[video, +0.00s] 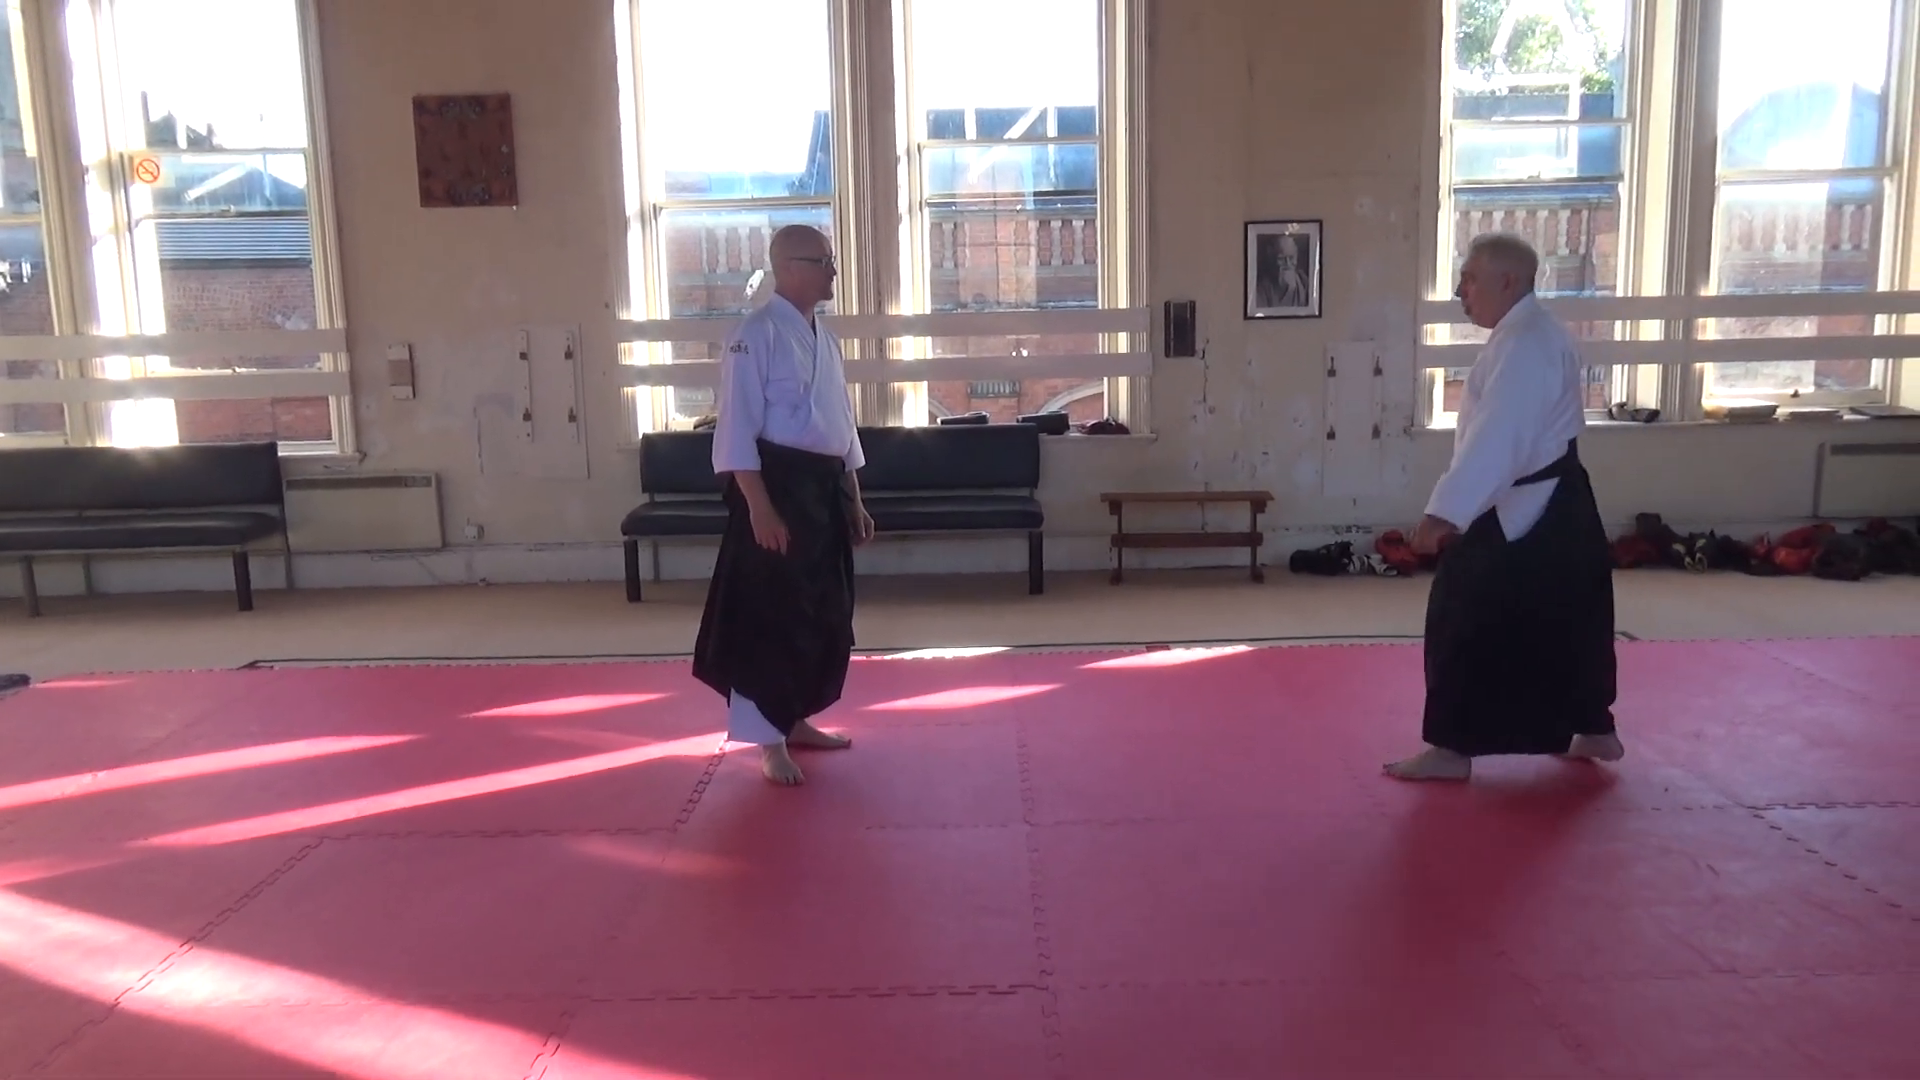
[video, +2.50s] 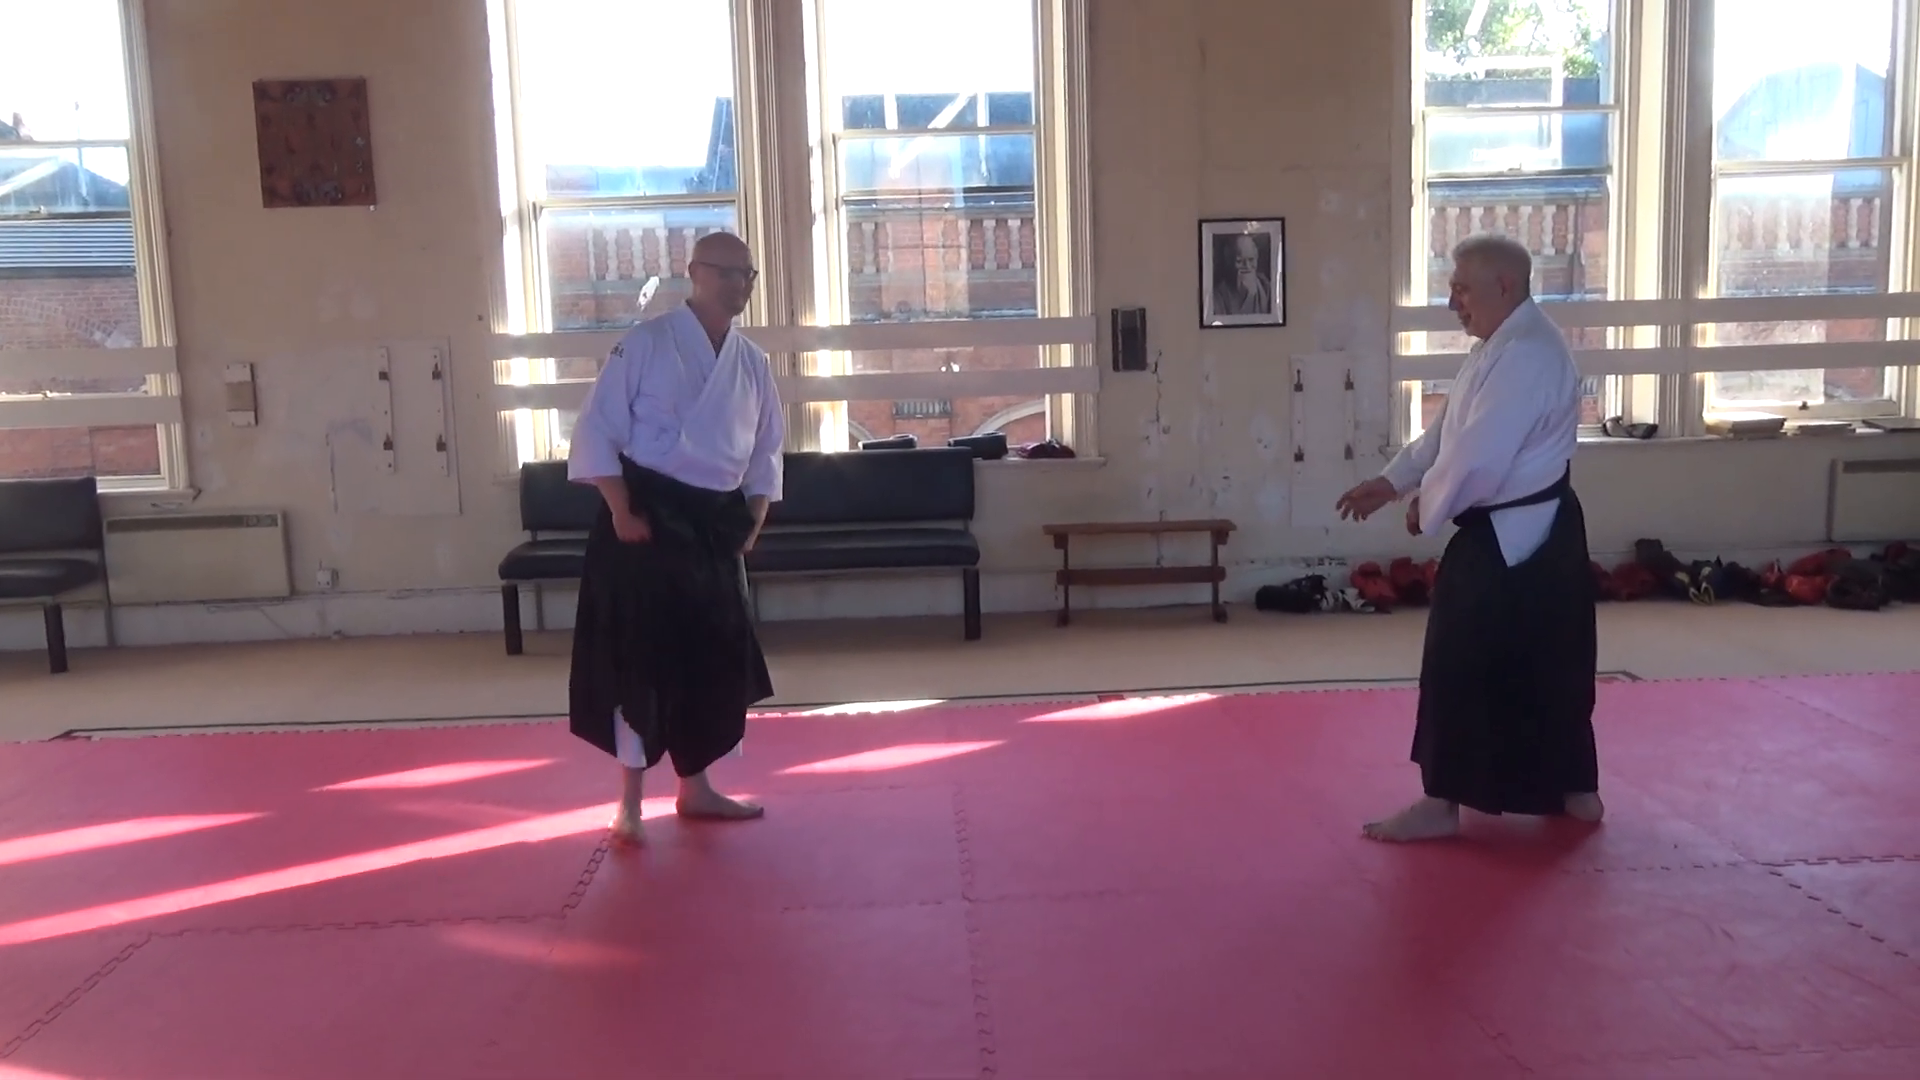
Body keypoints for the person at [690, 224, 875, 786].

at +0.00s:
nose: (831, 270)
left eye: (831, 261)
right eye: (818, 261)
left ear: (819, 270)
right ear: (782, 267)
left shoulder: (822, 335)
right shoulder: (754, 331)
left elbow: (840, 420)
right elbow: (735, 428)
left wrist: (854, 496)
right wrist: (759, 505)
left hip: (823, 482)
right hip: (772, 483)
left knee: (817, 604)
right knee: (771, 608)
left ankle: (796, 720)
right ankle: (771, 737)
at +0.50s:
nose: (792, 247)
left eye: (792, 237)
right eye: (780, 237)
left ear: (774, 243)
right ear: (742, 240)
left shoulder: (785, 313)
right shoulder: (711, 308)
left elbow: (803, 403)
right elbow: (694, 406)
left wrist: (818, 482)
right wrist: (718, 487)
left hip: (787, 467)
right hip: (733, 469)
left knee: (780, 594)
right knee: (730, 600)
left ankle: (760, 714)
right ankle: (734, 735)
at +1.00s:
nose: (757, 235)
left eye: (758, 225)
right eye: (743, 225)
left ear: (751, 231)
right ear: (704, 228)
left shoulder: (755, 307)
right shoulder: (676, 302)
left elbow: (775, 402)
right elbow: (658, 410)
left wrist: (791, 487)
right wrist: (686, 499)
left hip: (758, 472)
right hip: (699, 474)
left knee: (752, 608)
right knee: (698, 615)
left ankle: (731, 739)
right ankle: (704, 761)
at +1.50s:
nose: (740, 250)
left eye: (741, 240)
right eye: (724, 241)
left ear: (740, 247)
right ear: (687, 248)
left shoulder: (741, 328)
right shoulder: (662, 321)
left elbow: (761, 422)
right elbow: (644, 426)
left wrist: (777, 507)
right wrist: (674, 512)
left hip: (743, 492)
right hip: (684, 494)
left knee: (737, 628)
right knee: (682, 635)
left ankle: (715, 758)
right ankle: (688, 781)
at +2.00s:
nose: (735, 266)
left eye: (736, 255)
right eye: (721, 256)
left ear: (729, 265)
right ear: (682, 263)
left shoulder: (734, 341)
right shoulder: (653, 336)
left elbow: (754, 431)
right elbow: (632, 438)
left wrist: (763, 513)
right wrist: (659, 523)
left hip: (733, 502)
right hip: (676, 504)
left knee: (726, 642)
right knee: (679, 647)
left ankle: (706, 775)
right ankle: (682, 800)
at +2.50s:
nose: (743, 284)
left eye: (749, 274)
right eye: (730, 272)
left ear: (752, 280)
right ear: (695, 273)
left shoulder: (753, 363)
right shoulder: (646, 342)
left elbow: (767, 449)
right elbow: (595, 429)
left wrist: (754, 518)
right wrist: (620, 507)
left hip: (716, 519)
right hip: (645, 510)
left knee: (711, 652)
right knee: (640, 652)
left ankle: (695, 787)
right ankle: (630, 799)